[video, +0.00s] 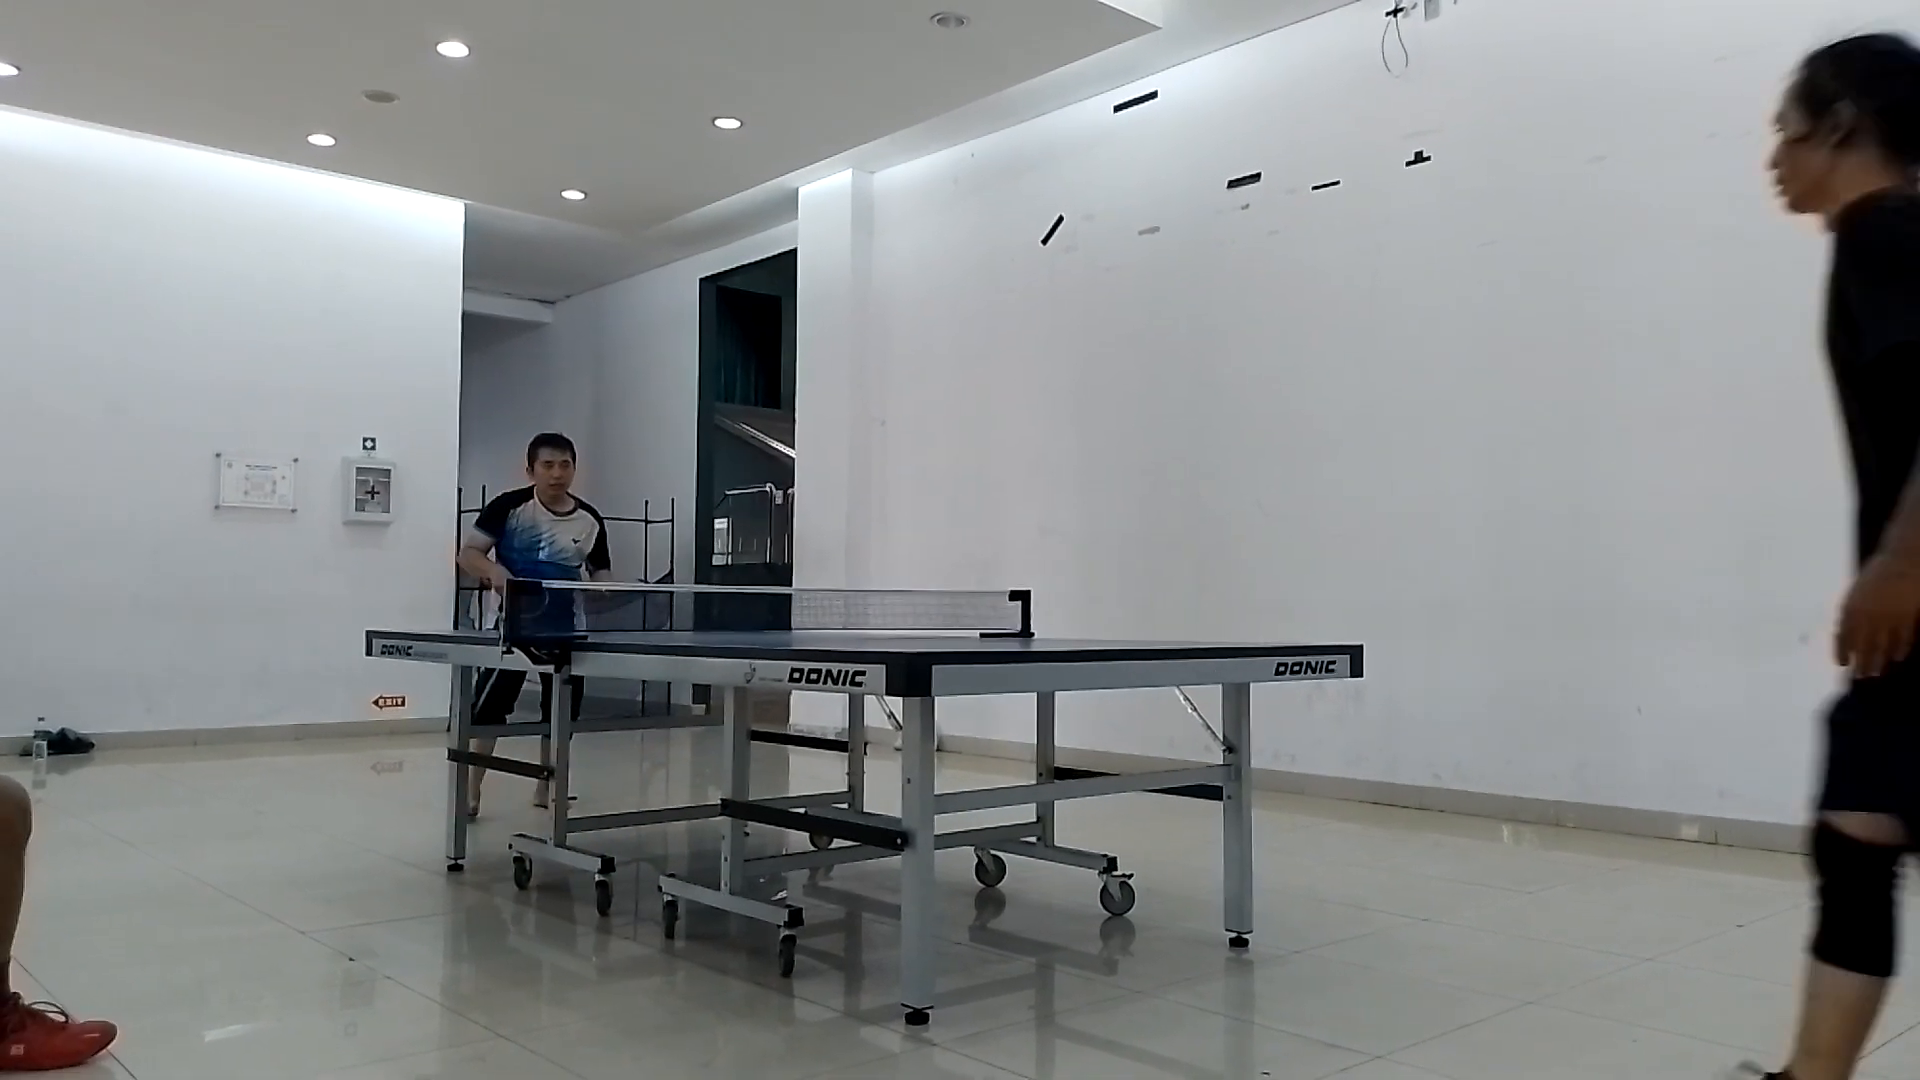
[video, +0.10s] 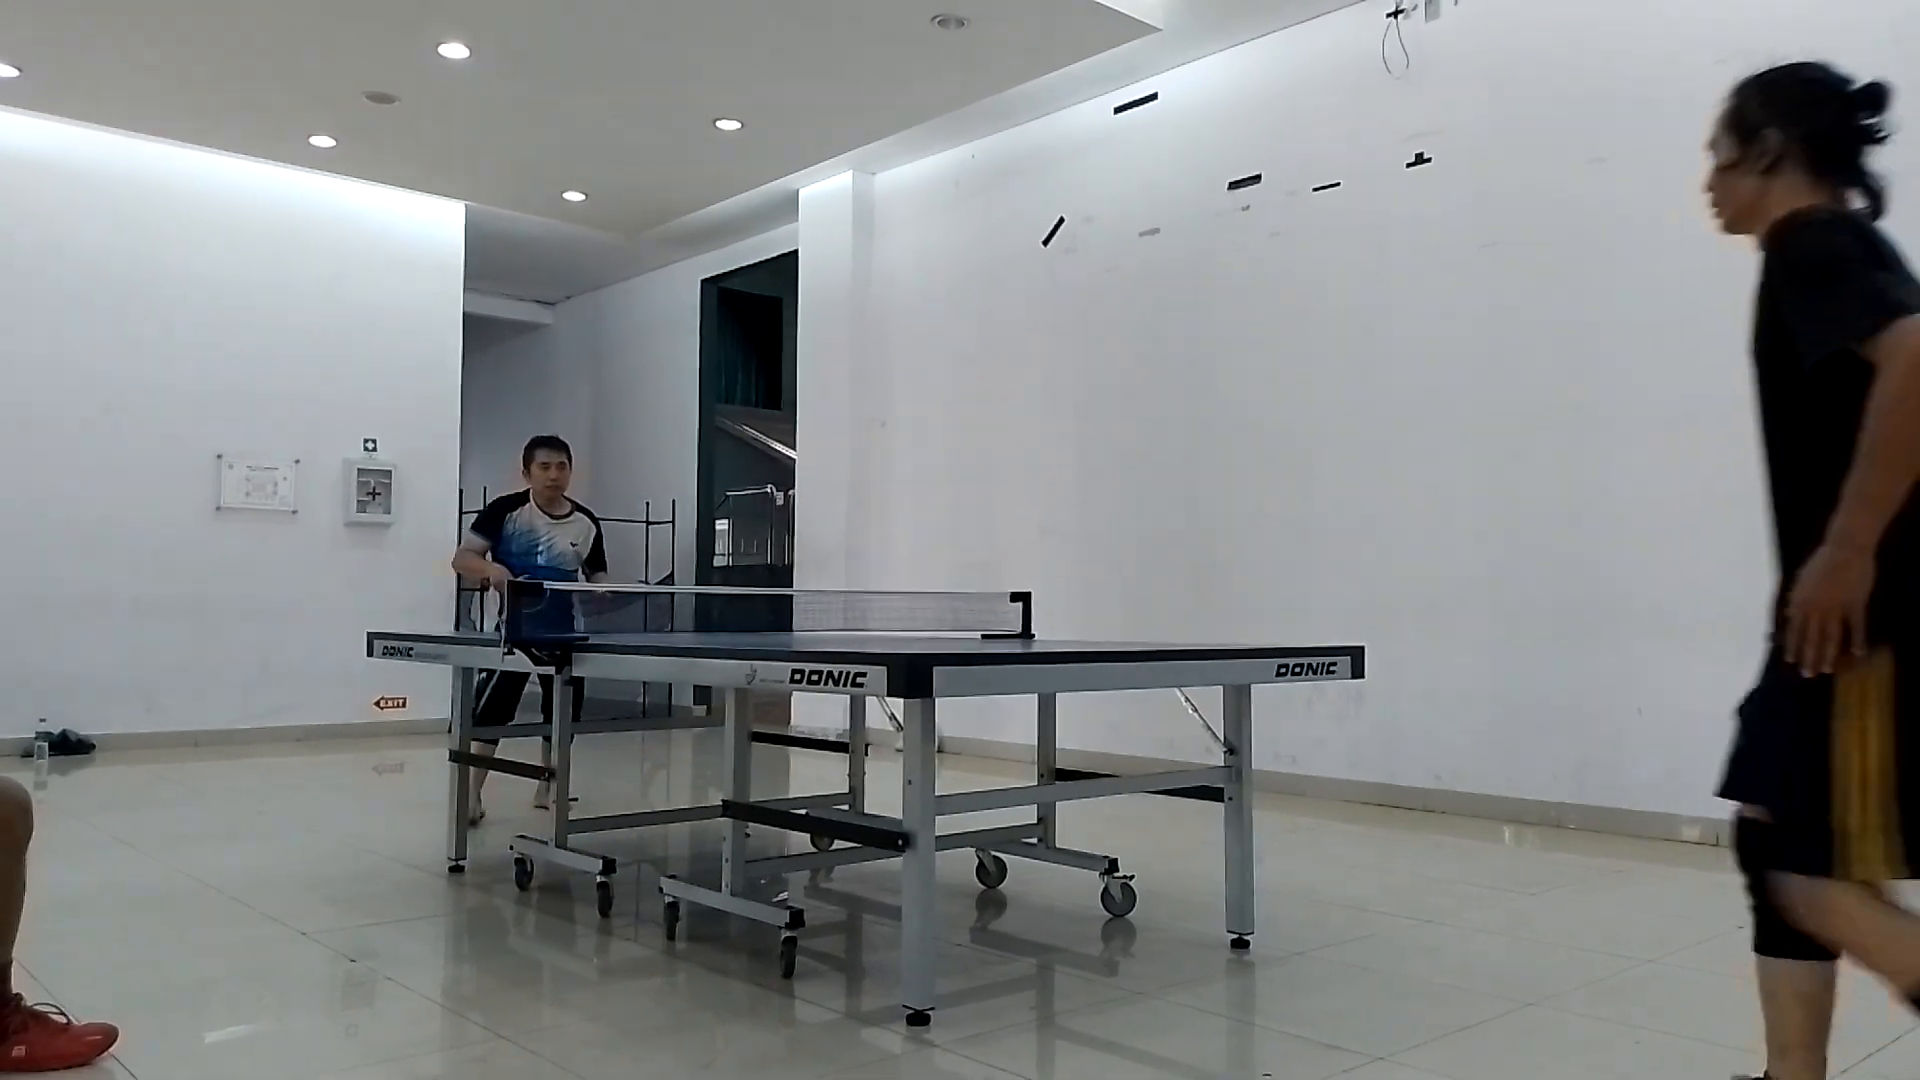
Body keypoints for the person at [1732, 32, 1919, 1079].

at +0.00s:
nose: (1772, 161)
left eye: (1787, 134)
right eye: (1776, 135)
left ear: (1846, 127)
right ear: (1858, 131)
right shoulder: (1892, 239)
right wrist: (1890, 576)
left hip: (1913, 611)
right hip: (1915, 608)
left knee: (1855, 841)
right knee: (1863, 841)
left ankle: (1814, 1070)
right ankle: (1814, 1066)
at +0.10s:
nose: (1708, 178)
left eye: (1721, 156)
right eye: (1711, 156)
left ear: (1777, 155)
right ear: (1790, 157)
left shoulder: (1823, 248)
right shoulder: (1821, 253)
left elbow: (1905, 360)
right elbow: (1882, 399)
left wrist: (1847, 548)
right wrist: (1828, 565)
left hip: (1855, 609)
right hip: (1833, 606)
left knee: (1783, 854)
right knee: (1787, 858)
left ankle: (1916, 975)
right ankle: (1794, 1070)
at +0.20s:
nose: (1646, 187)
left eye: (1659, 167)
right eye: (1650, 166)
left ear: (1706, 165)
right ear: (1725, 169)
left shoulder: (1758, 253)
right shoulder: (1745, 261)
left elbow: (1861, 352)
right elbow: (1826, 399)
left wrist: (1792, 539)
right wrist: (1773, 562)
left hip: (1803, 606)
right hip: (1787, 604)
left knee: (1684, 846)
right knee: (1740, 854)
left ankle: (1895, 1051)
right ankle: (1783, 1069)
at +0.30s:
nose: (1586, 188)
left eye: (1597, 168)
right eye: (1589, 169)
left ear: (1641, 165)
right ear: (1666, 168)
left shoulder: (1695, 254)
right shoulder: (1706, 260)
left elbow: (1812, 346)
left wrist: (1733, 530)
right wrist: (1726, 554)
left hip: (1732, 609)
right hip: (1766, 609)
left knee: (1591, 819)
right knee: (1726, 837)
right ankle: (1788, 1071)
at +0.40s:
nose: (1526, 198)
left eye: (1537, 178)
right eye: (1529, 179)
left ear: (1580, 176)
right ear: (1605, 181)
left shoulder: (1632, 262)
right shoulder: (1631, 274)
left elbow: (1745, 355)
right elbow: (1667, 460)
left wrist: (1670, 534)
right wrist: (1611, 606)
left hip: (1673, 608)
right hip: (1707, 611)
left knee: (1556, 828)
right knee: (1702, 839)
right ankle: (1782, 1070)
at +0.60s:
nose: (1415, 230)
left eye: (1422, 210)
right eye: (1416, 211)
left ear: (1460, 204)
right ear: (1518, 207)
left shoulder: (1493, 287)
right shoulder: (1580, 299)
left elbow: (1584, 390)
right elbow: (1607, 478)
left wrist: (1516, 559)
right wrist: (1497, 596)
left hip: (1551, 619)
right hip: (1629, 619)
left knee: (1429, 830)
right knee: (1577, 832)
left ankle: (1473, 1067)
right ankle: (1701, 1038)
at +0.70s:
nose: (1375, 240)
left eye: (1378, 220)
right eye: (1373, 221)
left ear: (1414, 209)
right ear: (1472, 210)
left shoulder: (1439, 286)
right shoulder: (1539, 296)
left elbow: (1521, 383)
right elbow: (1578, 459)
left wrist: (1466, 554)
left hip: (1509, 602)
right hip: (1590, 598)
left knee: (1412, 824)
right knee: (1528, 801)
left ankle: (1467, 1066)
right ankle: (1599, 1035)